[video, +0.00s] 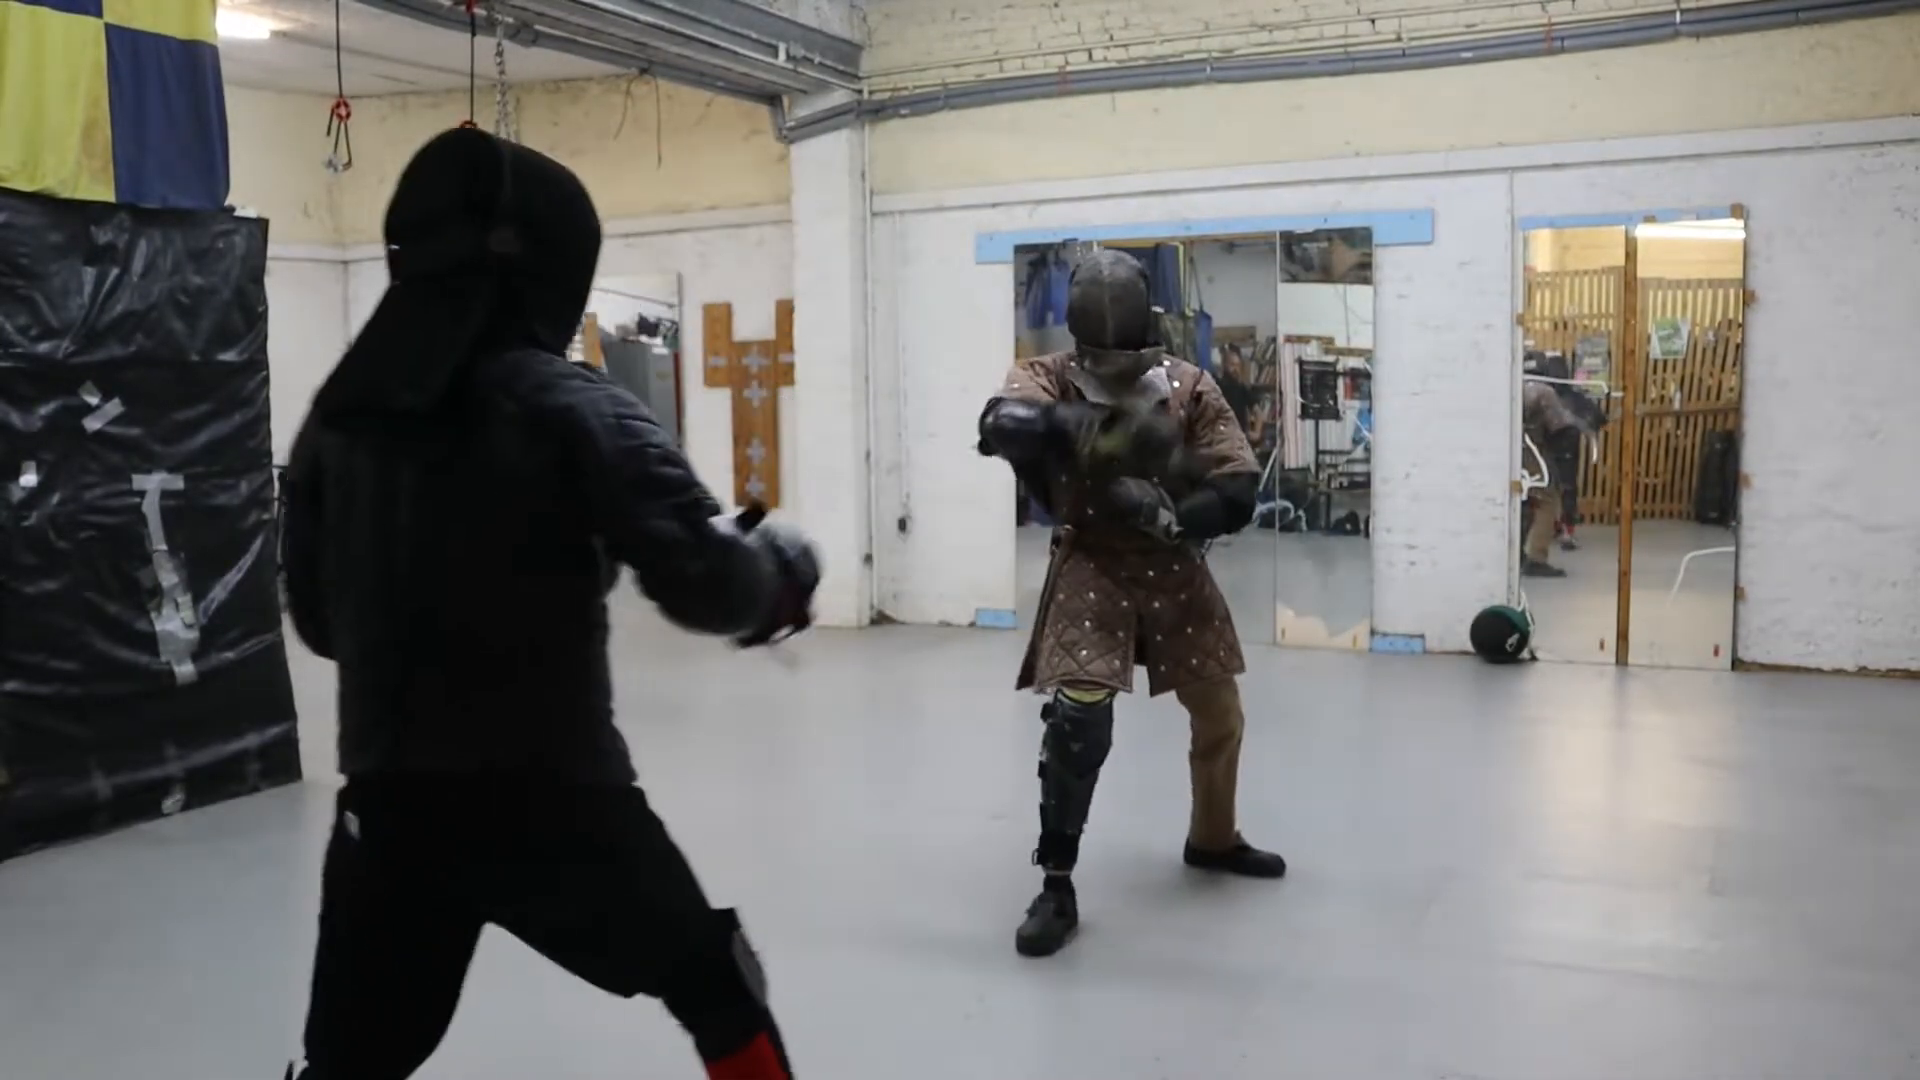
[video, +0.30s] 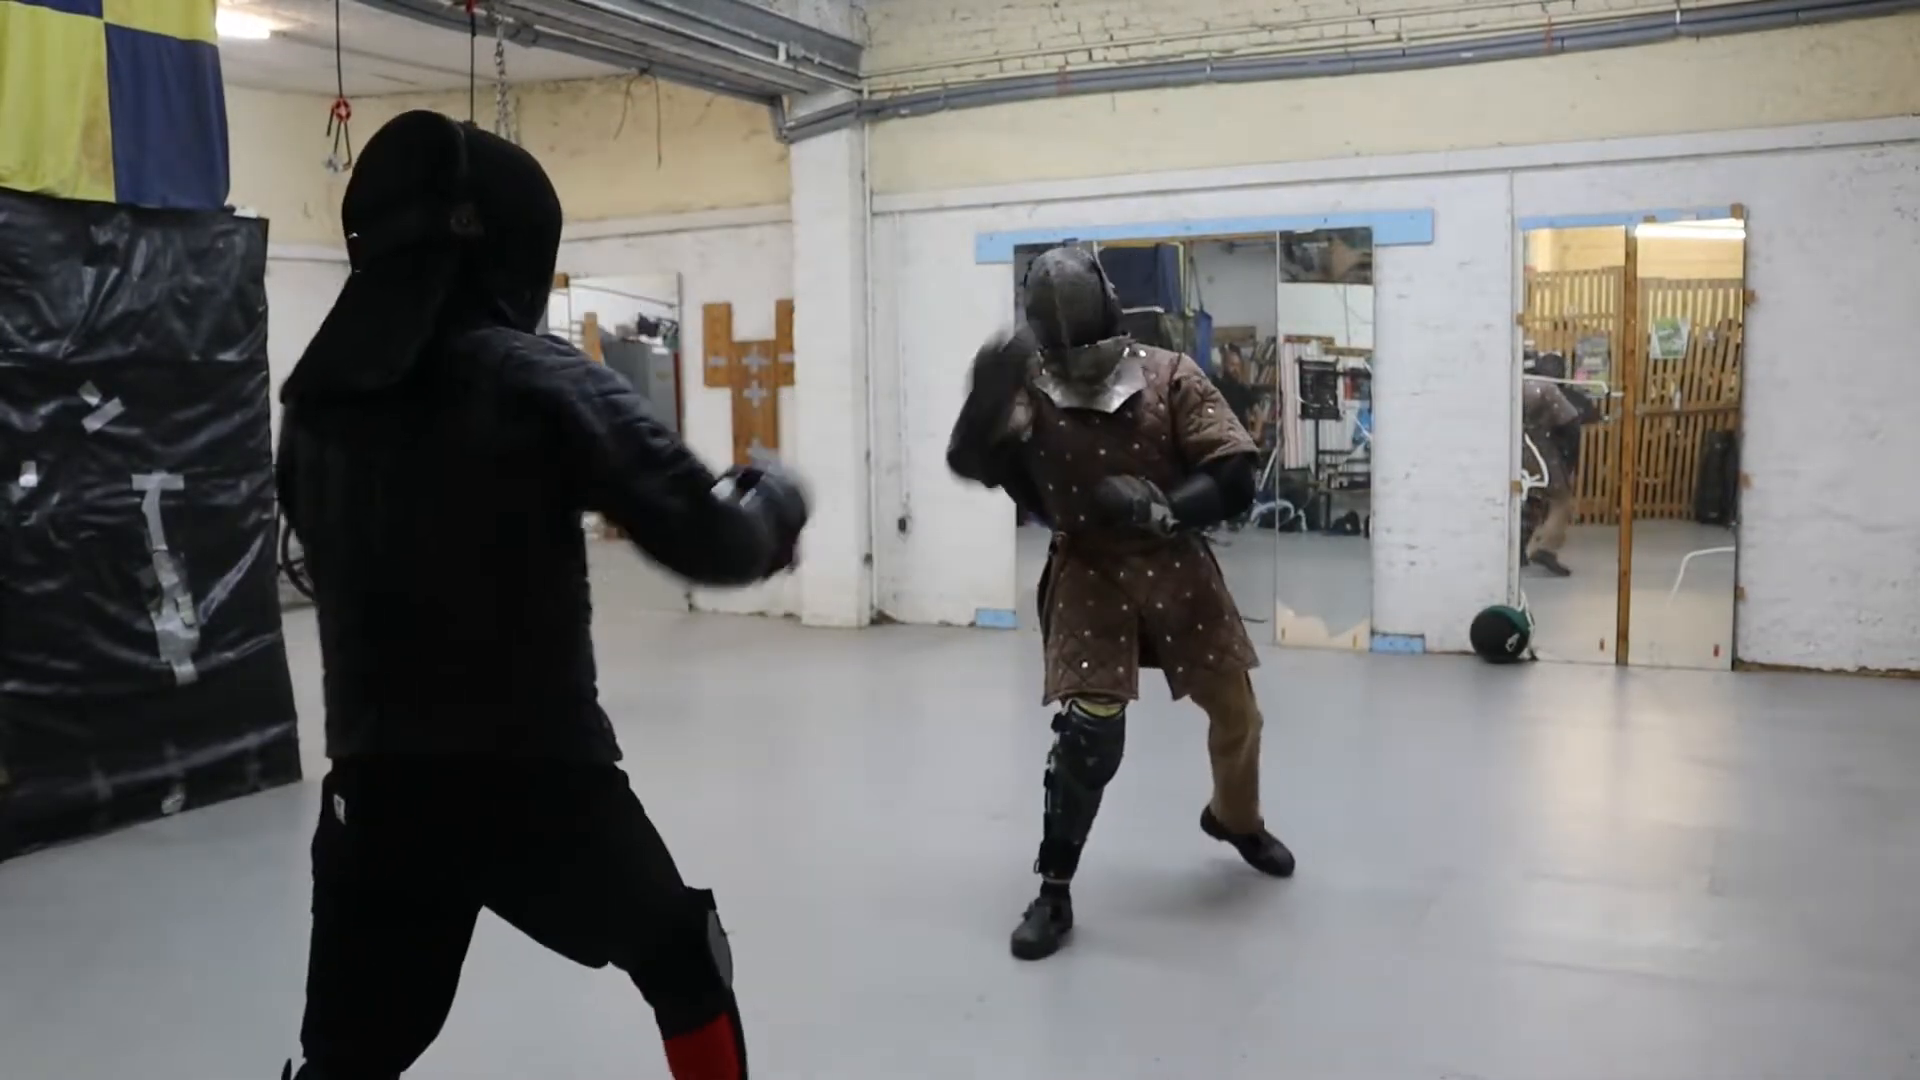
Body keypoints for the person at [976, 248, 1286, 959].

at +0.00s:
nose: (1112, 365)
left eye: (1126, 352)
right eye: (1098, 352)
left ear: (1149, 334)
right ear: (1076, 336)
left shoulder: (1190, 387)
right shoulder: (1049, 377)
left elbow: (1239, 488)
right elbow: (1002, 424)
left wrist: (1177, 517)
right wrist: (1060, 432)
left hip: (1174, 567)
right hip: (1088, 566)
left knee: (1221, 714)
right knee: (1077, 724)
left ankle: (1213, 840)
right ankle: (1056, 888)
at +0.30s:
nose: (1080, 367)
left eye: (1090, 349)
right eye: (1063, 356)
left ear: (1111, 325)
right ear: (1039, 341)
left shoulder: (1168, 374)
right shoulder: (1027, 400)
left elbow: (1237, 474)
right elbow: (968, 462)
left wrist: (1171, 510)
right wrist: (988, 391)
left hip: (1178, 568)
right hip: (1086, 576)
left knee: (1238, 713)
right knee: (1089, 736)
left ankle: (1234, 816)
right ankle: (1053, 892)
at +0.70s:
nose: (1145, 349)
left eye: (1158, 334)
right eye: (1131, 336)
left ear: (1184, 320)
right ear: (1114, 326)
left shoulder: (1237, 389)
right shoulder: (1094, 390)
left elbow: (1285, 497)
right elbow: (1069, 498)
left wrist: (1199, 519)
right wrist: (1041, 555)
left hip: (1211, 584)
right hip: (1118, 582)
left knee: (1232, 730)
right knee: (1092, 731)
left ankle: (1233, 854)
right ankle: (1049, 884)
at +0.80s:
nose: (1175, 356)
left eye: (1188, 340)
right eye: (1162, 342)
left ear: (1212, 320)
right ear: (1143, 327)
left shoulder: (1258, 384)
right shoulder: (1118, 384)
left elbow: (1296, 493)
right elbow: (1085, 486)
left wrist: (1202, 514)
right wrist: (1046, 533)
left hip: (1222, 575)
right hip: (1130, 573)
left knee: (1236, 725)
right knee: (1086, 714)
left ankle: (1234, 854)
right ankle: (1055, 870)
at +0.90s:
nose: (1186, 358)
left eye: (1200, 343)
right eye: (1173, 345)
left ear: (1224, 324)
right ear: (1156, 329)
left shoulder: (1266, 383)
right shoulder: (1133, 384)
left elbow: (1300, 490)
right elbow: (1096, 482)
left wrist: (1209, 503)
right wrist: (1054, 527)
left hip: (1228, 575)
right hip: (1140, 571)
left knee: (1245, 720)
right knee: (1083, 697)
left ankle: (1234, 853)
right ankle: (1091, 837)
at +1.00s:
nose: (1186, 347)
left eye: (1199, 333)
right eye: (1174, 334)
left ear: (1226, 322)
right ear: (1159, 326)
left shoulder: (1268, 383)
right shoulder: (1136, 381)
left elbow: (1294, 481)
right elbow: (1104, 462)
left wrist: (1208, 485)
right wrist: (1088, 503)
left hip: (1227, 565)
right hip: (1144, 561)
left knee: (1243, 704)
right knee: (1097, 698)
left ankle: (1234, 850)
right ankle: (1141, 795)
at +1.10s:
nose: (1180, 355)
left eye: (1192, 341)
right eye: (1167, 343)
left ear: (1215, 329)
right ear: (1150, 335)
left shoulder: (1259, 387)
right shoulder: (1129, 389)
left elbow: (1282, 480)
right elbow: (1102, 477)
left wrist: (1196, 460)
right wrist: (1130, 495)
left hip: (1222, 560)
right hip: (1145, 560)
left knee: (1238, 695)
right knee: (1127, 701)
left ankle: (1237, 847)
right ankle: (1174, 779)